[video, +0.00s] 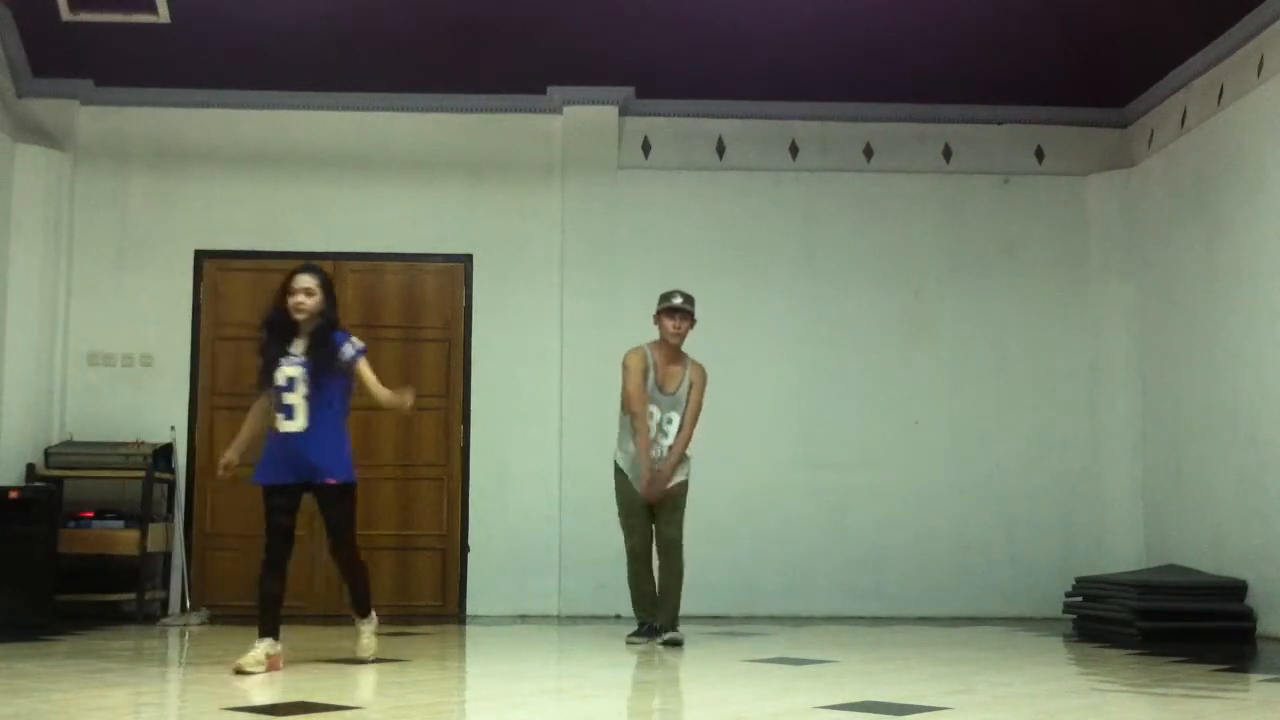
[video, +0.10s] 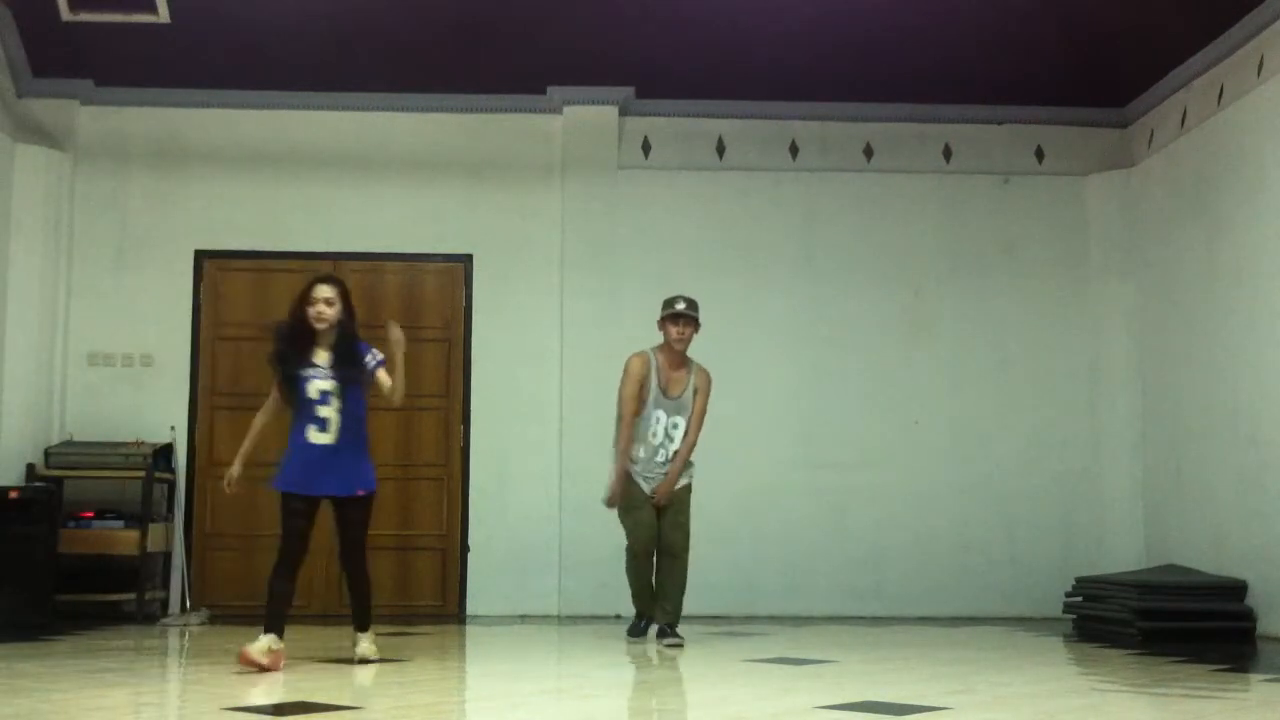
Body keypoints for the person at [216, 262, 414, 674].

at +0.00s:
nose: (299, 299)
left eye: (309, 293)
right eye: (293, 292)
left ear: (325, 300)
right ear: (284, 299)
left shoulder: (340, 344)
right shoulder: (278, 345)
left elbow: (376, 391)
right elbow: (265, 402)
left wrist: (397, 399)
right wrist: (235, 449)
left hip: (329, 465)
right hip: (282, 464)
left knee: (342, 546)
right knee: (276, 550)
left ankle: (366, 621)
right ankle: (267, 643)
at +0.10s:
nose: (321, 309)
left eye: (329, 302)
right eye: (314, 302)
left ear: (343, 309)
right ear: (303, 308)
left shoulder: (359, 352)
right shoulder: (293, 356)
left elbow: (394, 396)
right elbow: (270, 407)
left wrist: (397, 353)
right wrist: (239, 460)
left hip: (351, 474)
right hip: (302, 473)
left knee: (353, 556)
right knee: (290, 552)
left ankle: (364, 638)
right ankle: (271, 640)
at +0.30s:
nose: (349, 308)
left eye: (358, 302)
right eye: (344, 301)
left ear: (369, 309)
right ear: (333, 306)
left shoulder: (381, 345)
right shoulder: (319, 349)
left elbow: (414, 359)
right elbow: (297, 400)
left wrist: (394, 318)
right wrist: (275, 451)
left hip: (375, 463)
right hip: (329, 462)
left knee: (368, 547)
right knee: (319, 542)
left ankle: (365, 632)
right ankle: (310, 625)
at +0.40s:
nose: (357, 310)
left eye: (365, 304)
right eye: (351, 303)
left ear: (377, 310)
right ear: (341, 307)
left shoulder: (387, 347)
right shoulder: (328, 348)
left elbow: (419, 347)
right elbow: (313, 392)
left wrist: (397, 312)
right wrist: (308, 432)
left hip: (378, 460)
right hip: (335, 459)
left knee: (373, 544)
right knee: (334, 541)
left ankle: (368, 630)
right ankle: (333, 616)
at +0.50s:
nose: (362, 317)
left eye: (370, 311)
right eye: (356, 310)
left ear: (382, 318)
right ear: (346, 314)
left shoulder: (391, 354)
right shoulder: (332, 354)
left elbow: (422, 352)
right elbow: (324, 397)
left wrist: (402, 320)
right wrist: (338, 425)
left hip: (386, 461)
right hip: (344, 461)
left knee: (380, 544)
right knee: (343, 543)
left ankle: (372, 630)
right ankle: (347, 613)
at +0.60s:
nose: (364, 324)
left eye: (372, 319)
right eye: (359, 317)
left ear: (384, 325)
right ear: (348, 321)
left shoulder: (392, 357)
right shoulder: (335, 360)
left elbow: (424, 370)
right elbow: (329, 401)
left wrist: (405, 333)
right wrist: (354, 422)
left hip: (390, 468)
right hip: (348, 468)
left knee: (383, 546)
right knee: (351, 547)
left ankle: (374, 631)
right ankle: (357, 617)